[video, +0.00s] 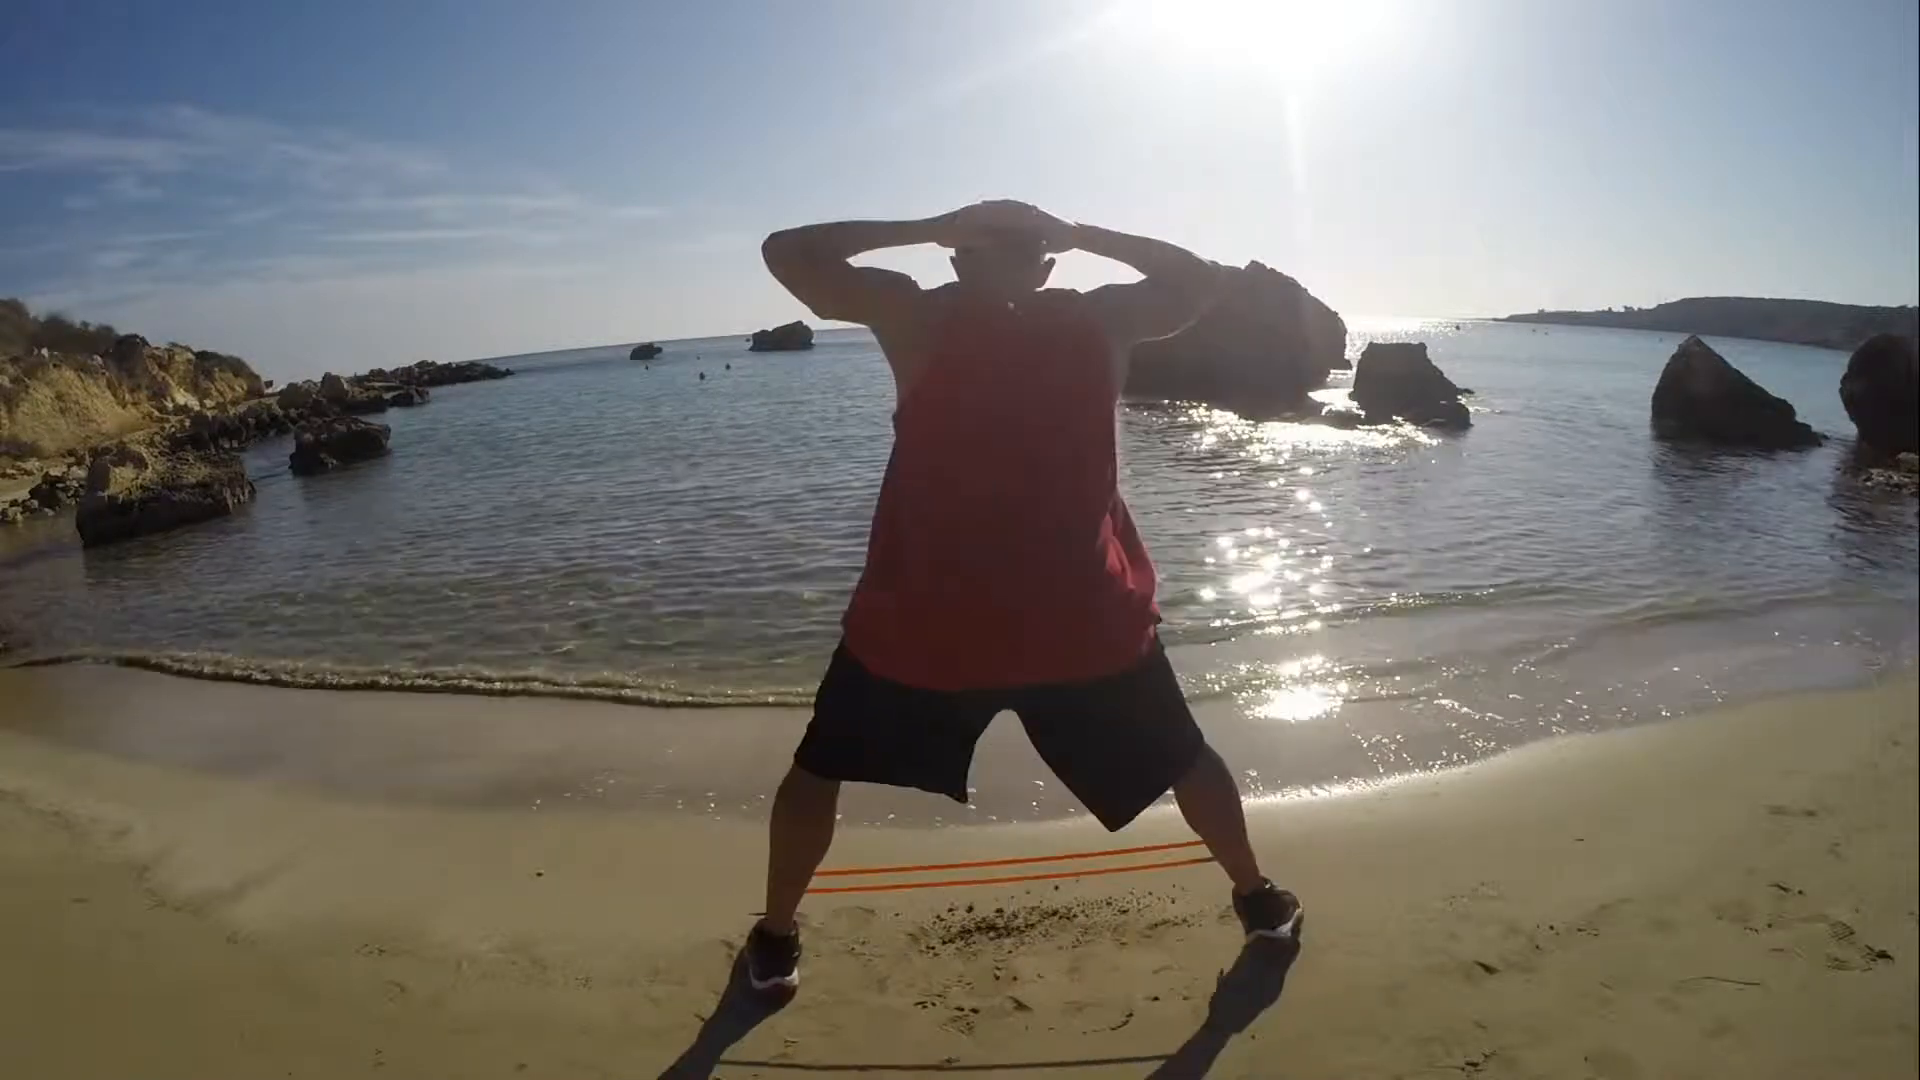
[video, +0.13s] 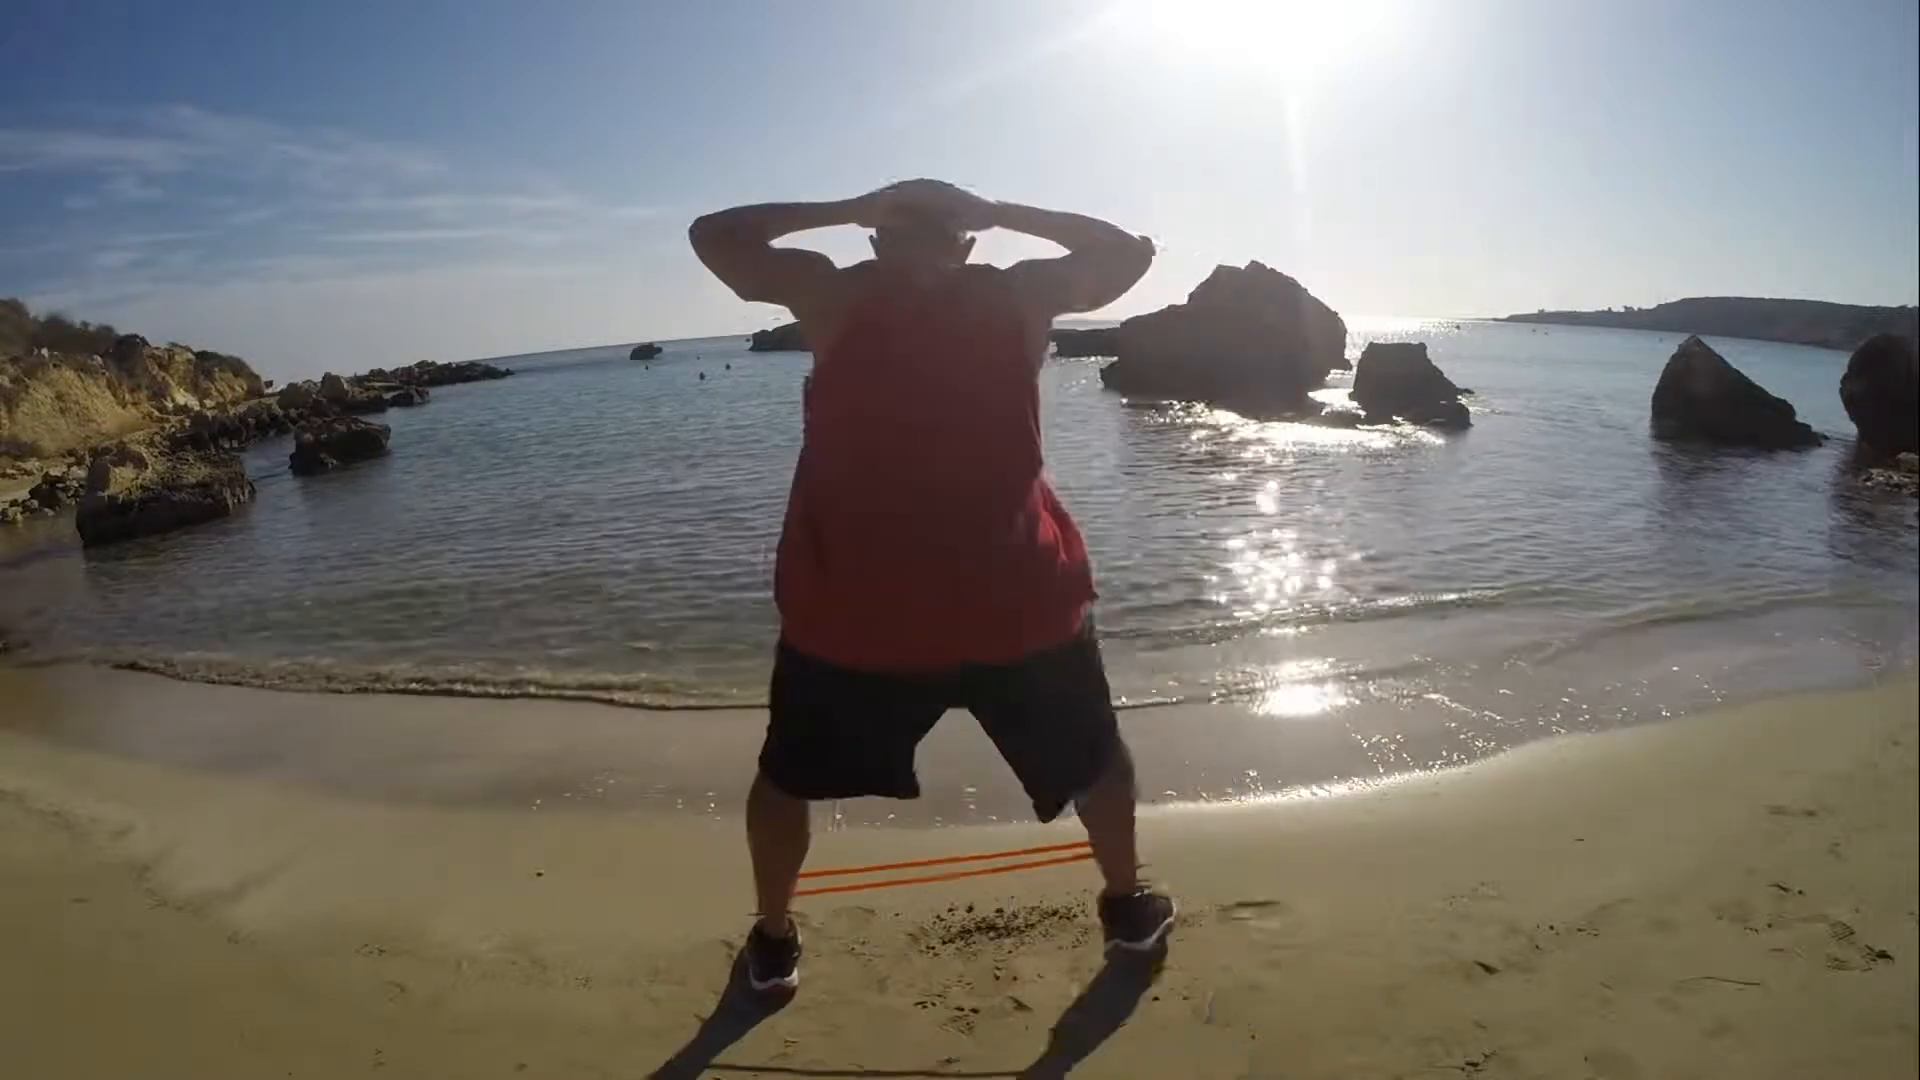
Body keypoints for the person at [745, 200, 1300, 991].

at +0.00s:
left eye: (988, 239)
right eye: (1027, 239)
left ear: (961, 254)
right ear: (1048, 259)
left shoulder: (913, 318)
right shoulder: (1101, 323)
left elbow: (789, 252)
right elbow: (1196, 277)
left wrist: (929, 228)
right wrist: (1077, 233)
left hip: (924, 604)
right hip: (1080, 604)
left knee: (817, 768)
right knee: (1184, 755)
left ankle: (773, 941)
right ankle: (1257, 898)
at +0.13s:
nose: (914, 223)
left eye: (903, 214)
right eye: (934, 213)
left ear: (878, 238)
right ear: (968, 239)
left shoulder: (833, 298)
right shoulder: (1019, 297)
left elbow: (715, 234)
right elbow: (1128, 250)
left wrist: (851, 208)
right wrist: (995, 211)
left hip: (854, 593)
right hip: (1010, 585)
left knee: (785, 773)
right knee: (1092, 748)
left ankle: (771, 940)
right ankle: (1126, 904)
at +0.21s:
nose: (880, 220)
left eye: (871, 210)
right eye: (889, 210)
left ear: (839, 232)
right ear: (933, 233)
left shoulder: (795, 293)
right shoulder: (986, 289)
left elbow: (680, 238)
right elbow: (1094, 240)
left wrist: (810, 207)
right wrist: (960, 204)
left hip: (826, 590)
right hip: (981, 583)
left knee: (775, 778)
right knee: (1018, 745)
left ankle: (767, 939)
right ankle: (998, 911)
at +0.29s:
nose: (868, 223)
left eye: (847, 211)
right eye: (883, 212)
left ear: (815, 233)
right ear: (906, 233)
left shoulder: (770, 294)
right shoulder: (960, 289)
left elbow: (656, 243)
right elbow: (1069, 238)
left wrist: (786, 210)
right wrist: (931, 203)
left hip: (799, 595)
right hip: (944, 593)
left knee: (757, 774)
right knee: (948, 748)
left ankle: (765, 938)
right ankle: (912, 913)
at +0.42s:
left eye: (813, 221)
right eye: (858, 222)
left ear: (789, 244)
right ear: (882, 245)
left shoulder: (750, 305)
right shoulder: (936, 300)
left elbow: (633, 256)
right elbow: (1042, 246)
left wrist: (763, 220)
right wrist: (910, 214)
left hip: (784, 606)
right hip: (922, 602)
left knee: (748, 784)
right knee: (918, 766)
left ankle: (765, 941)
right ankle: (891, 919)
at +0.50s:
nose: (827, 234)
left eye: (811, 224)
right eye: (839, 224)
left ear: (780, 249)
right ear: (872, 245)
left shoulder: (743, 311)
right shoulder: (929, 298)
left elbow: (627, 264)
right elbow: (1034, 247)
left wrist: (751, 226)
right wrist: (900, 217)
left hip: (794, 601)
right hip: (939, 594)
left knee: (756, 786)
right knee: (961, 740)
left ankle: (767, 940)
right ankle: (935, 902)